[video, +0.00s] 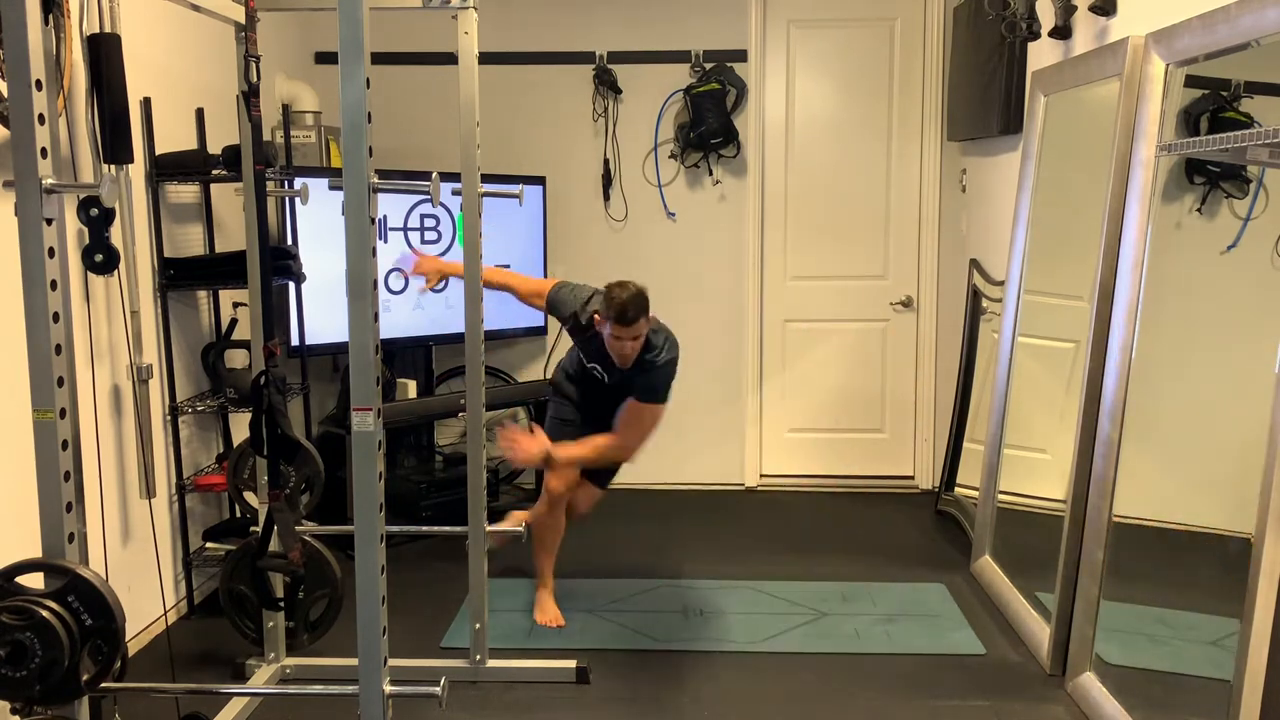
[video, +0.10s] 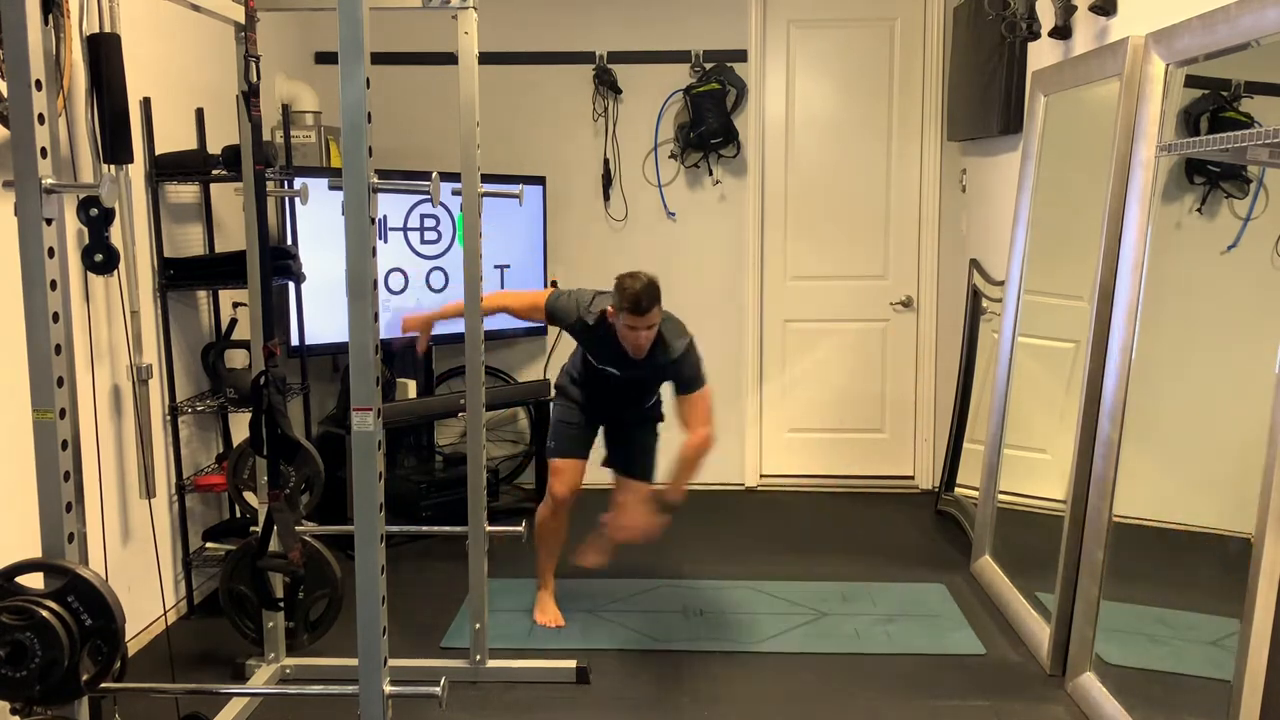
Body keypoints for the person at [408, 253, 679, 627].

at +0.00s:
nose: (626, 348)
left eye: (635, 339)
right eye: (617, 339)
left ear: (648, 325)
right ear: (601, 322)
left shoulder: (661, 355)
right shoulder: (582, 308)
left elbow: (623, 444)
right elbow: (511, 282)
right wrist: (447, 267)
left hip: (616, 421)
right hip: (573, 398)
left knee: (580, 504)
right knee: (556, 489)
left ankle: (523, 520)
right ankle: (545, 589)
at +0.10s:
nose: (641, 338)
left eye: (649, 329)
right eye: (632, 328)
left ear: (660, 316)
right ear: (613, 315)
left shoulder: (676, 343)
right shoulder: (584, 311)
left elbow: (701, 432)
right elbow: (503, 301)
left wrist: (673, 494)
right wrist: (434, 313)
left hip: (636, 409)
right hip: (581, 398)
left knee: (631, 512)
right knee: (560, 495)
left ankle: (603, 541)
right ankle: (546, 589)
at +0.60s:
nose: (819, 321)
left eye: (827, 309)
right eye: (807, 311)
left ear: (837, 298)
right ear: (787, 301)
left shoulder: (838, 303)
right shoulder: (769, 355)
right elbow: (846, 423)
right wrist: (895, 363)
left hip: (819, 400)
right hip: (775, 427)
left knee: (854, 506)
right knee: (819, 515)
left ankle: (876, 595)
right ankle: (847, 495)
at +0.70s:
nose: (839, 333)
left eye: (847, 322)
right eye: (827, 324)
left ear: (854, 310)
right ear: (804, 313)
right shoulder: (789, 369)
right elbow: (874, 426)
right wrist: (901, 350)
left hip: (835, 397)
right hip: (793, 428)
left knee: (870, 499)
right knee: (851, 501)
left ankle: (879, 594)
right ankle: (880, 526)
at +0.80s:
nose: (847, 336)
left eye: (855, 324)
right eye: (835, 326)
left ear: (863, 312)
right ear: (812, 314)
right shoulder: (791, 371)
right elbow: (863, 438)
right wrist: (907, 376)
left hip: (841, 398)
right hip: (800, 432)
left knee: (875, 501)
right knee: (855, 505)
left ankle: (881, 594)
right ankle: (888, 524)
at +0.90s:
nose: (841, 332)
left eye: (851, 320)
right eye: (830, 320)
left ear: (861, 308)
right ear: (809, 308)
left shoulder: (864, 317)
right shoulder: (783, 360)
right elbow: (815, 447)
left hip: (841, 403)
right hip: (790, 427)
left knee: (867, 509)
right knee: (836, 517)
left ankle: (881, 594)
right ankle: (868, 526)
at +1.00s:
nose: (826, 320)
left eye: (836, 309)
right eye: (816, 308)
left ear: (847, 299)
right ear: (798, 297)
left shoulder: (859, 318)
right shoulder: (760, 337)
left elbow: (911, 342)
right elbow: (747, 422)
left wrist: (925, 395)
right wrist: (804, 480)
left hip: (829, 400)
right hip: (774, 411)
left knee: (860, 506)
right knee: (772, 522)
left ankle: (882, 595)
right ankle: (801, 514)